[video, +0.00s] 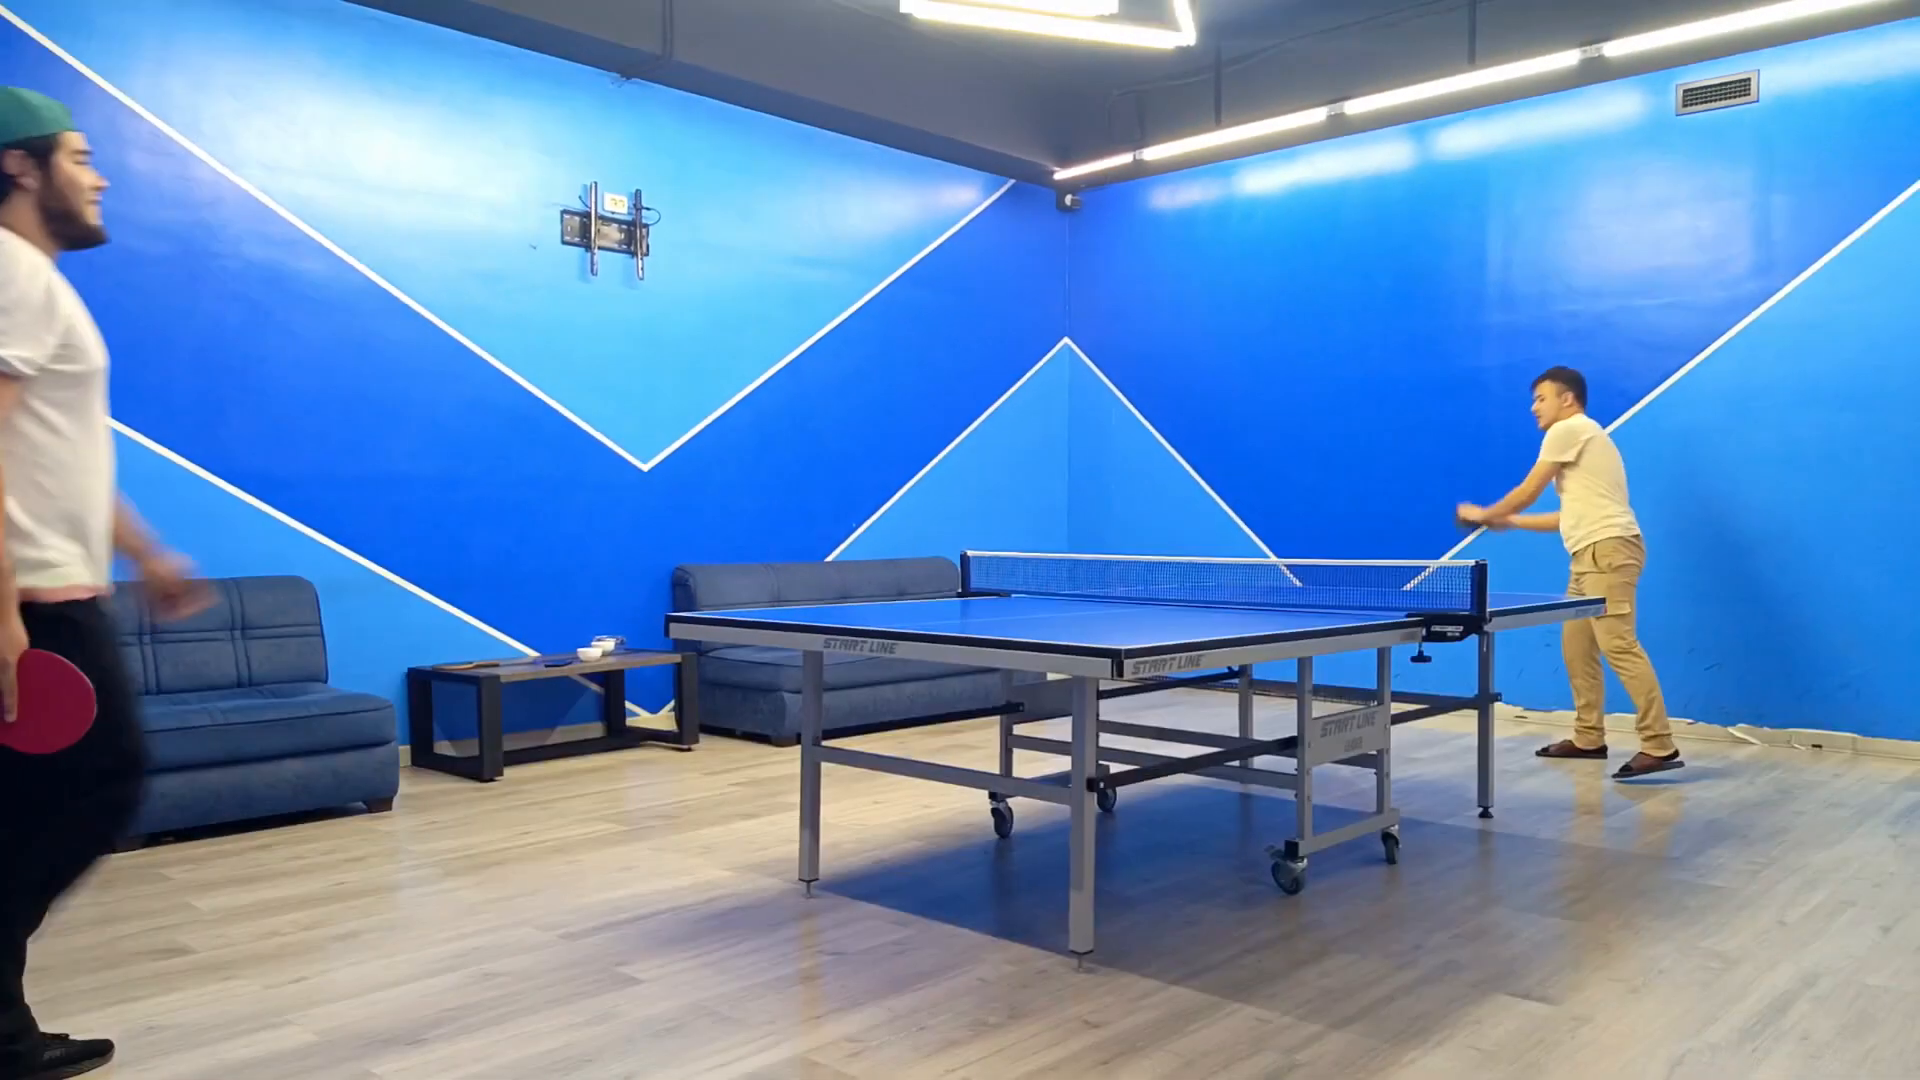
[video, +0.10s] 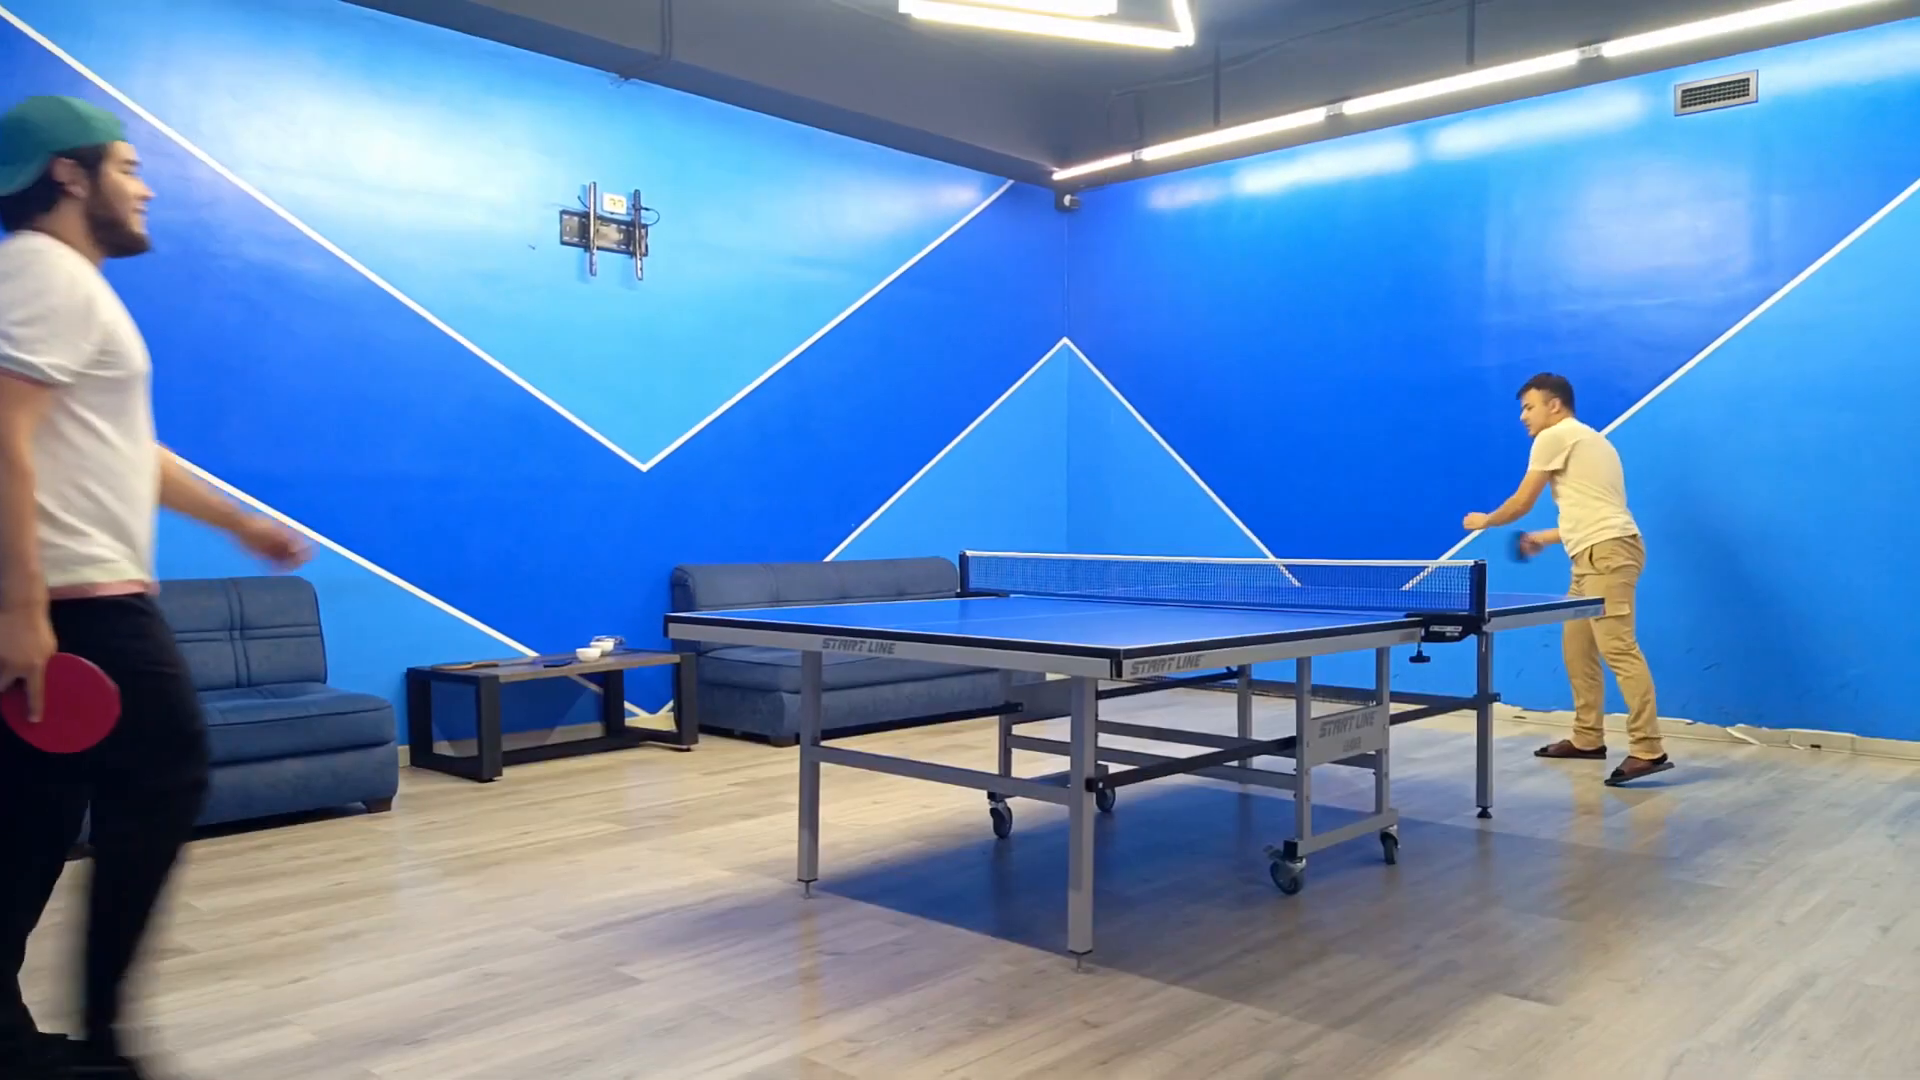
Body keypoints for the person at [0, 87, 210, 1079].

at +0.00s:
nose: (99, 178)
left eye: (91, 160)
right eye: (79, 160)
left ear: (28, 174)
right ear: (23, 172)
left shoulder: (39, 280)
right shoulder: (15, 274)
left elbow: (61, 454)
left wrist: (147, 553)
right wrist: (3, 608)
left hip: (60, 595)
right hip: (40, 601)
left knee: (23, 806)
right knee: (104, 785)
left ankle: (8, 1027)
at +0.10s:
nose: (144, 187)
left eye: (137, 169)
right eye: (127, 169)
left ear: (70, 181)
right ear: (71, 177)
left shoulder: (71, 282)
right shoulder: (44, 273)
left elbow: (123, 452)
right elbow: (10, 435)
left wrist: (245, 519)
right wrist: (23, 606)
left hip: (63, 600)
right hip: (91, 602)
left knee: (36, 814)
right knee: (164, 782)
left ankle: (5, 1013)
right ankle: (97, 1033)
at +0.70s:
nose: (420, 250)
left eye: (419, 232)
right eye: (414, 232)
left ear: (329, 235)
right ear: (371, 231)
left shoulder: (259, 310)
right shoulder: (357, 326)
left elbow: (244, 457)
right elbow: (364, 474)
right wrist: (455, 598)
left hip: (225, 600)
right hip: (315, 608)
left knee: (286, 758)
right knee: (389, 786)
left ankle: (214, 956)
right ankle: (397, 997)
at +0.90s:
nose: (437, 293)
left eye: (437, 275)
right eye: (431, 274)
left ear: (364, 272)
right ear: (385, 270)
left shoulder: (286, 340)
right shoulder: (348, 354)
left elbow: (290, 500)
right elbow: (336, 505)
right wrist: (456, 590)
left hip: (228, 608)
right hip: (296, 612)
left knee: (298, 764)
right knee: (396, 773)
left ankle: (257, 943)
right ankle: (396, 995)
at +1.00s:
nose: (429, 325)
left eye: (430, 308)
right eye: (423, 307)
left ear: (364, 302)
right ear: (378, 301)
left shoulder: (293, 364)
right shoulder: (320, 384)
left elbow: (277, 521)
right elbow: (281, 535)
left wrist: (345, 603)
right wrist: (398, 631)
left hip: (223, 614)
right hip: (255, 621)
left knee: (316, 770)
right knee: (373, 777)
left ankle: (258, 942)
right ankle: (394, 999)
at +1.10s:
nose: (398, 343)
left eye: (399, 326)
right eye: (388, 325)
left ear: (339, 322)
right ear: (338, 320)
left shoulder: (303, 399)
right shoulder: (264, 411)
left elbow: (286, 537)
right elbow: (239, 572)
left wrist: (353, 584)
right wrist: (369, 629)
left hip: (252, 619)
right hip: (205, 630)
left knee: (318, 773)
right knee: (338, 777)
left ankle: (258, 944)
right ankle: (391, 997)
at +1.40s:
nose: (210, 257)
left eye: (209, 240)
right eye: (197, 239)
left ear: (131, 242)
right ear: (139, 237)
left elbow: (57, 438)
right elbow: (258, 455)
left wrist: (150, 497)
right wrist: (328, 508)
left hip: (25, 598)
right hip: (94, 608)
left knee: (123, 776)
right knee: (137, 782)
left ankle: (205, 932)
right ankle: (39, 981)